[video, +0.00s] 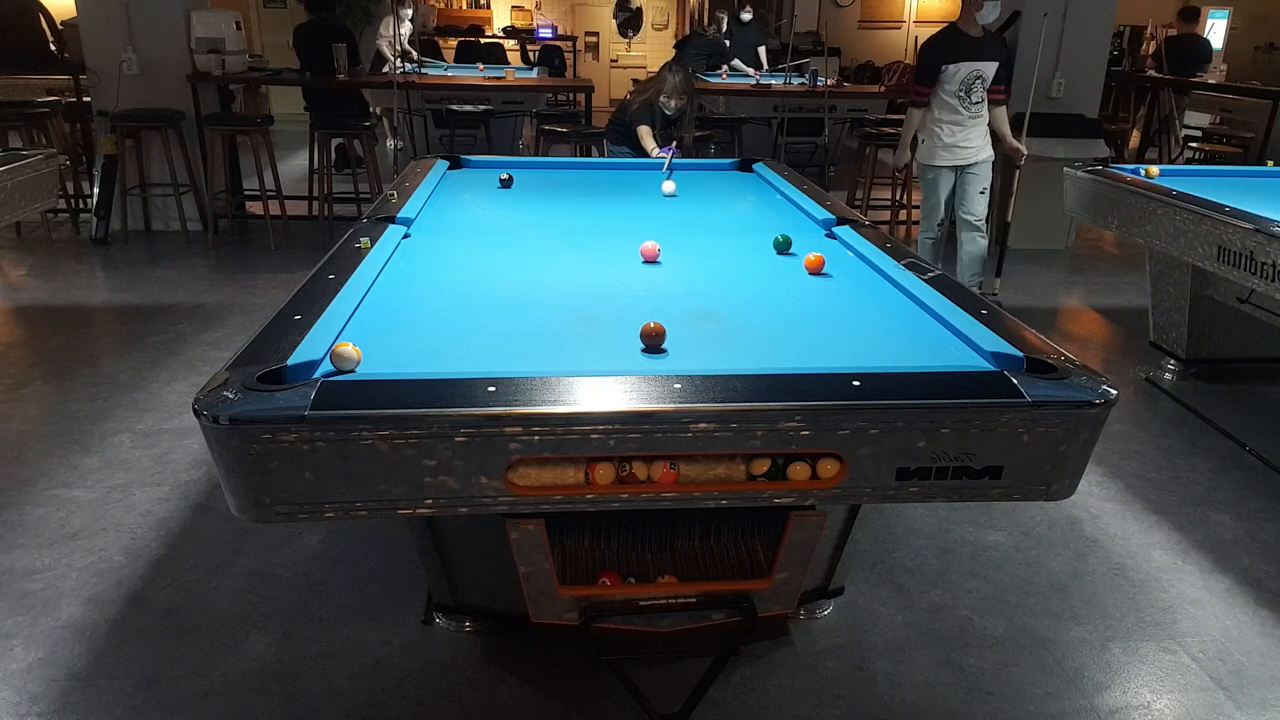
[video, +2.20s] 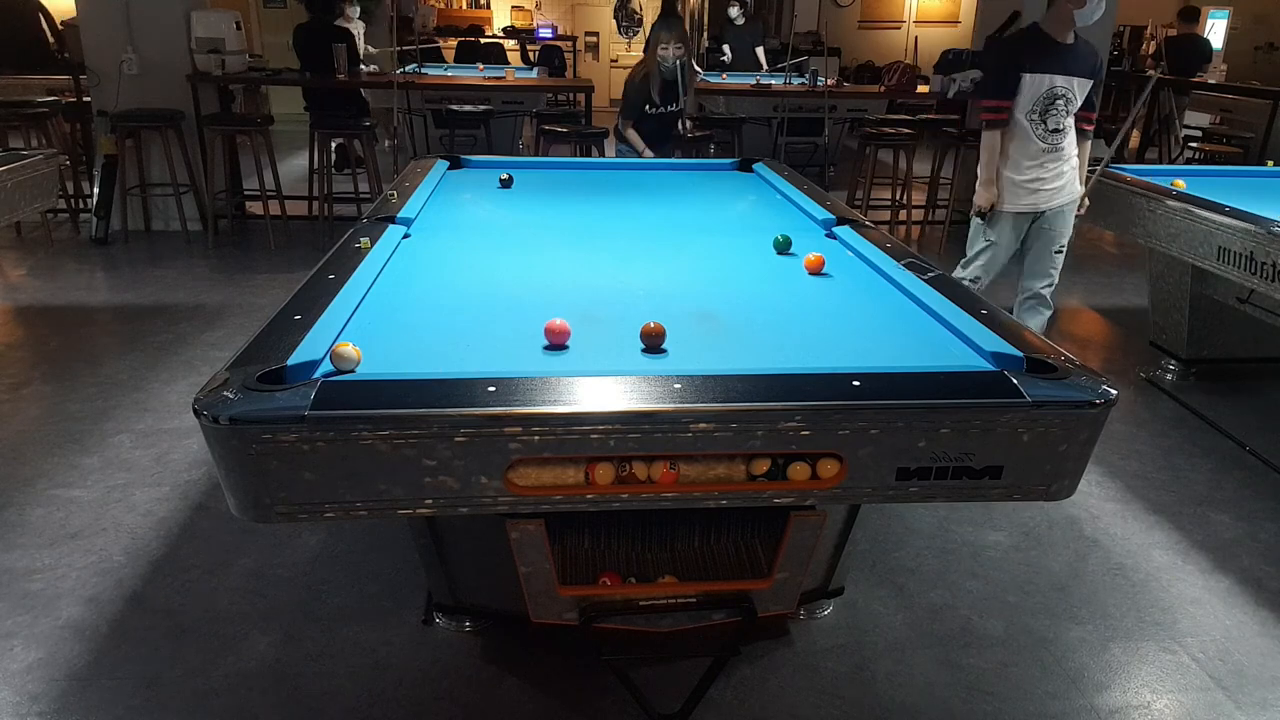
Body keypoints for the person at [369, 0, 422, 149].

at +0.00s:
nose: (408, 12)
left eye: (410, 9)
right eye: (405, 9)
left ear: (412, 10)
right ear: (397, 9)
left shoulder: (408, 26)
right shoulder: (389, 21)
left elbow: (402, 42)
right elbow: (380, 43)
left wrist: (413, 52)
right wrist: (392, 60)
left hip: (396, 65)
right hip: (381, 66)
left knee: (395, 104)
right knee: (385, 105)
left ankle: (395, 136)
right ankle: (390, 138)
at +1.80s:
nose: (390, 7)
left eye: (392, 4)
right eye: (386, 4)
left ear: (394, 5)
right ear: (380, 6)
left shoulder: (397, 21)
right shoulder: (374, 20)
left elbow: (396, 41)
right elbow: (374, 45)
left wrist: (401, 47)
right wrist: (391, 61)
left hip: (392, 61)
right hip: (377, 62)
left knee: (392, 100)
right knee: (380, 101)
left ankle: (394, 135)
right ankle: (389, 136)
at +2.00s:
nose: (378, 6)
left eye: (379, 3)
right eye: (374, 3)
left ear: (381, 5)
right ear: (367, 6)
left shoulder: (383, 21)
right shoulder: (361, 21)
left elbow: (381, 41)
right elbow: (362, 47)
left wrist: (392, 49)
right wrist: (380, 61)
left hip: (381, 64)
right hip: (367, 65)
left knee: (386, 102)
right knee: (375, 103)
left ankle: (390, 136)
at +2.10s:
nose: (366, 7)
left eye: (368, 4)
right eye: (362, 4)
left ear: (371, 6)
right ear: (355, 5)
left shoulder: (372, 23)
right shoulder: (351, 23)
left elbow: (370, 43)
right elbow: (355, 52)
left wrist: (378, 47)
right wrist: (373, 65)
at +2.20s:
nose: (355, 9)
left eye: (357, 6)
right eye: (351, 6)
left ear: (360, 7)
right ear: (344, 7)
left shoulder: (361, 25)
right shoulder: (338, 26)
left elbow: (359, 44)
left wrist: (366, 48)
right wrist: (363, 67)